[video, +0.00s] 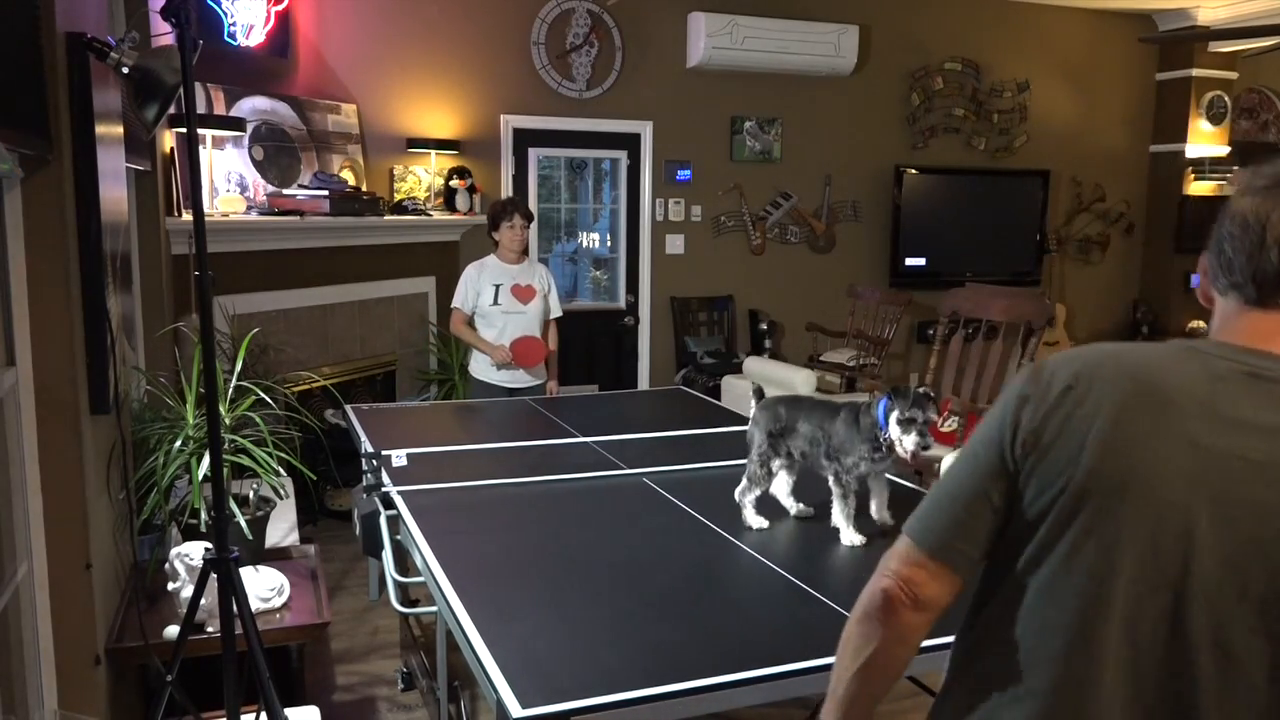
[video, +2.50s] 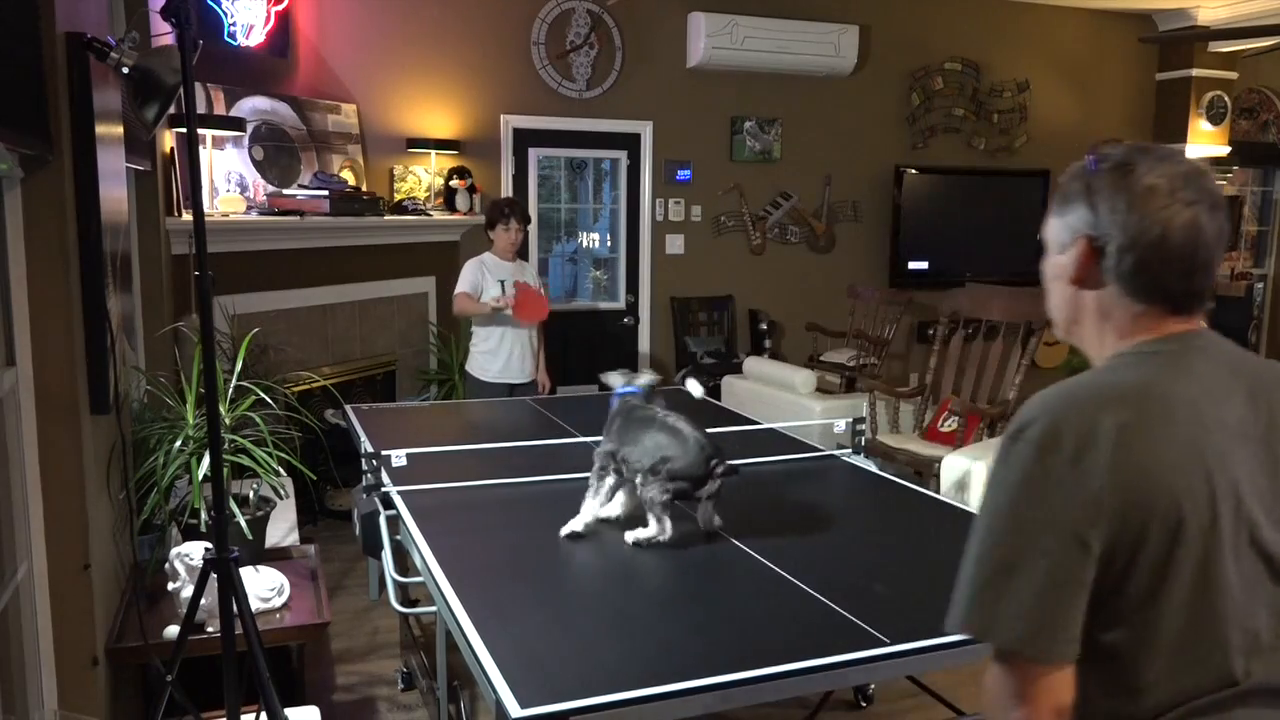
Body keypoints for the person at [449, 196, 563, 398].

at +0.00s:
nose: (520, 233)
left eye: (524, 227)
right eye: (511, 227)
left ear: (529, 231)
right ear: (495, 233)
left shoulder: (541, 273)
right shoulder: (476, 272)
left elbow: (550, 326)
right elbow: (457, 324)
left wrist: (552, 376)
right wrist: (491, 349)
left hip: (532, 382)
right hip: (488, 383)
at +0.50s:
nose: (520, 234)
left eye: (524, 228)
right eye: (511, 228)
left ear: (529, 232)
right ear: (496, 235)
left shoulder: (543, 275)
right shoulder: (477, 273)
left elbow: (552, 327)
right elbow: (456, 323)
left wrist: (554, 375)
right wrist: (485, 349)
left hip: (534, 383)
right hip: (489, 383)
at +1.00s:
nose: (486, 245)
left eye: (492, 238)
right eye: (477, 238)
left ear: (500, 243)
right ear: (465, 242)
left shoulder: (507, 283)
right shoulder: (447, 273)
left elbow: (514, 336)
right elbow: (407, 300)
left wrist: (516, 381)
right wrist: (430, 306)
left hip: (493, 386)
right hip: (448, 387)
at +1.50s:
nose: (468, 236)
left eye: (475, 230)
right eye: (459, 229)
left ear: (482, 237)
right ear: (446, 237)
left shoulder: (489, 277)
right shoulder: (432, 268)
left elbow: (494, 335)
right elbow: (405, 287)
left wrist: (496, 383)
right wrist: (425, 298)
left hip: (474, 388)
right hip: (430, 389)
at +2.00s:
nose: (496, 251)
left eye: (502, 244)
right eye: (487, 243)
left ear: (508, 245)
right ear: (474, 245)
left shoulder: (522, 281)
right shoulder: (458, 283)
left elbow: (532, 330)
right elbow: (431, 334)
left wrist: (536, 377)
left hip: (515, 387)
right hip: (470, 391)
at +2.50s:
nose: (514, 237)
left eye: (519, 230)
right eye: (506, 230)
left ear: (524, 233)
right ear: (491, 232)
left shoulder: (529, 271)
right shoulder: (476, 267)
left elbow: (537, 324)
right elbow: (459, 306)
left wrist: (541, 367)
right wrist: (489, 307)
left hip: (525, 376)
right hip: (486, 376)